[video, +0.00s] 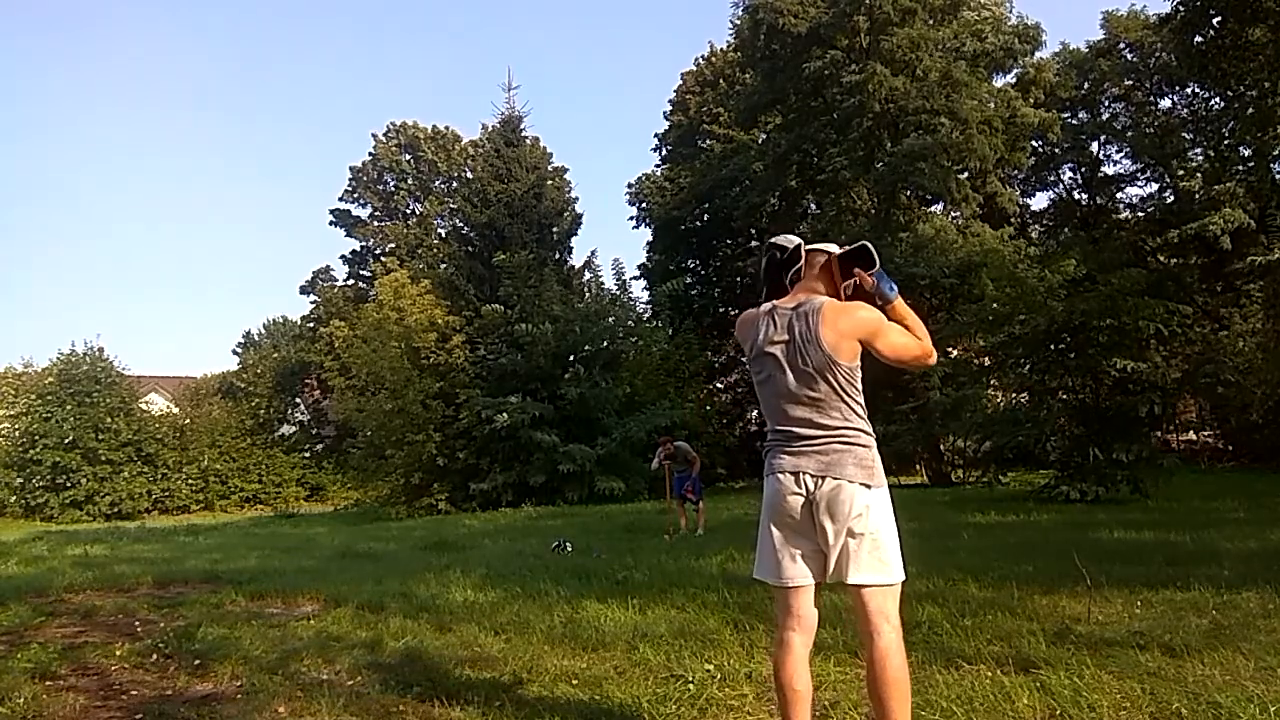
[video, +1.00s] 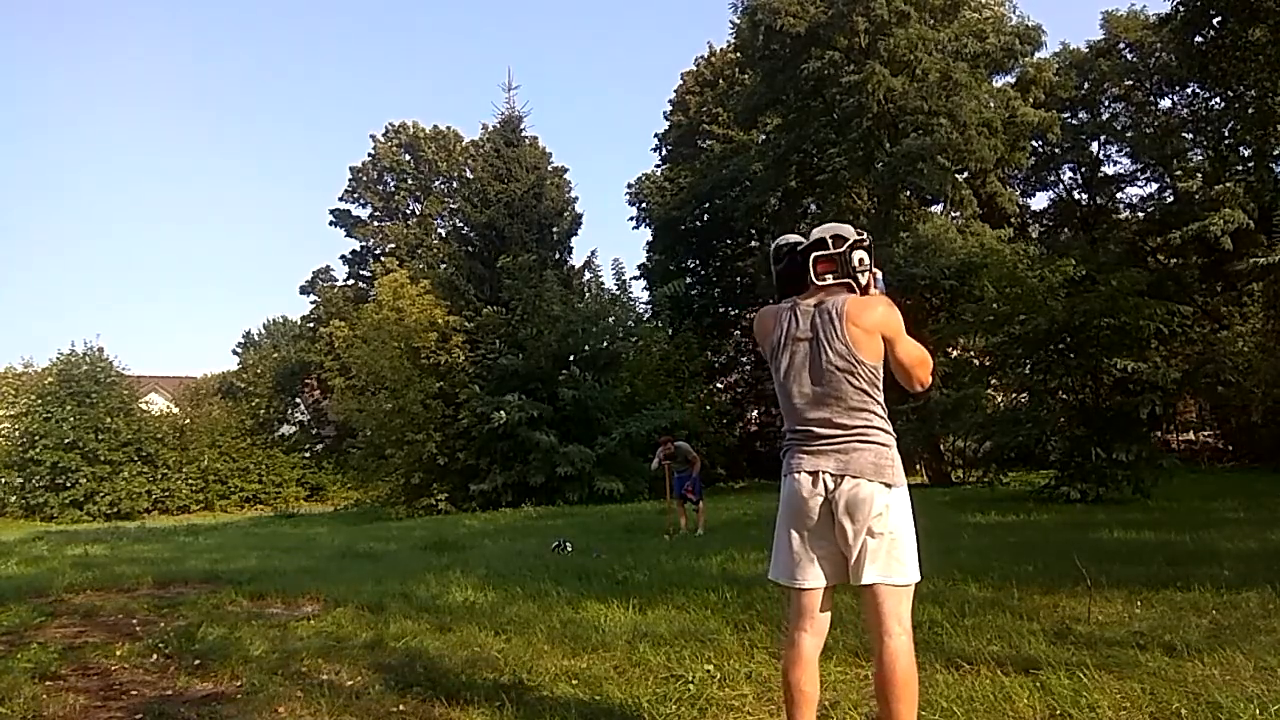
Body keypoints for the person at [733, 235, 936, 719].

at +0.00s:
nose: (839, 275)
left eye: (835, 265)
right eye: (832, 266)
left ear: (783, 277)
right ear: (815, 269)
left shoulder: (751, 324)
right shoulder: (851, 315)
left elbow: (768, 319)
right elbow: (925, 351)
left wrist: (825, 295)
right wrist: (888, 298)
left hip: (783, 480)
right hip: (854, 479)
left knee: (793, 627)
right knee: (882, 628)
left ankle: (795, 719)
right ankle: (895, 717)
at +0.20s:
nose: (843, 272)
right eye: (838, 266)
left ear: (786, 277)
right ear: (831, 273)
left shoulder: (755, 322)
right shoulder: (856, 313)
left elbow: (771, 318)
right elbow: (924, 357)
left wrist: (826, 288)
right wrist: (890, 295)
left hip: (789, 478)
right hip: (858, 476)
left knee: (797, 627)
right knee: (884, 629)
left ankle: (797, 719)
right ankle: (896, 718)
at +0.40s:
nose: (857, 273)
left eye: (854, 266)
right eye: (852, 266)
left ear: (794, 278)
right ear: (842, 272)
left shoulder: (761, 323)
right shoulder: (861, 311)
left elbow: (766, 317)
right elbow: (919, 369)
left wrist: (822, 292)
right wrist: (879, 302)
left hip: (792, 480)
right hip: (862, 477)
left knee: (798, 628)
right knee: (887, 631)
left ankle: (798, 719)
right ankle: (897, 718)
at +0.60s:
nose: (858, 274)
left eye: (854, 267)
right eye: (854, 267)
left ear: (795, 273)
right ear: (845, 269)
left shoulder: (762, 322)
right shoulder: (864, 309)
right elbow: (916, 376)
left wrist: (820, 297)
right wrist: (875, 307)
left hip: (794, 482)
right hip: (865, 479)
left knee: (800, 629)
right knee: (889, 631)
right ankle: (899, 719)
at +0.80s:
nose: (857, 270)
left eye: (852, 263)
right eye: (852, 263)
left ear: (792, 276)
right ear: (843, 268)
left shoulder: (762, 323)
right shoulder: (866, 307)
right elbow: (918, 373)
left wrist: (830, 298)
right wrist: (876, 301)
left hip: (797, 484)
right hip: (869, 482)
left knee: (801, 631)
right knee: (890, 632)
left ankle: (799, 719)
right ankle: (898, 718)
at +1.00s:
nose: (866, 271)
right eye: (863, 264)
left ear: (800, 273)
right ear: (856, 266)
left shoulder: (769, 322)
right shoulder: (874, 309)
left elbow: (774, 323)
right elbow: (920, 375)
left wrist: (810, 287)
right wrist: (879, 302)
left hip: (801, 484)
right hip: (873, 482)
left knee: (803, 632)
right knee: (893, 634)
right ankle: (901, 718)